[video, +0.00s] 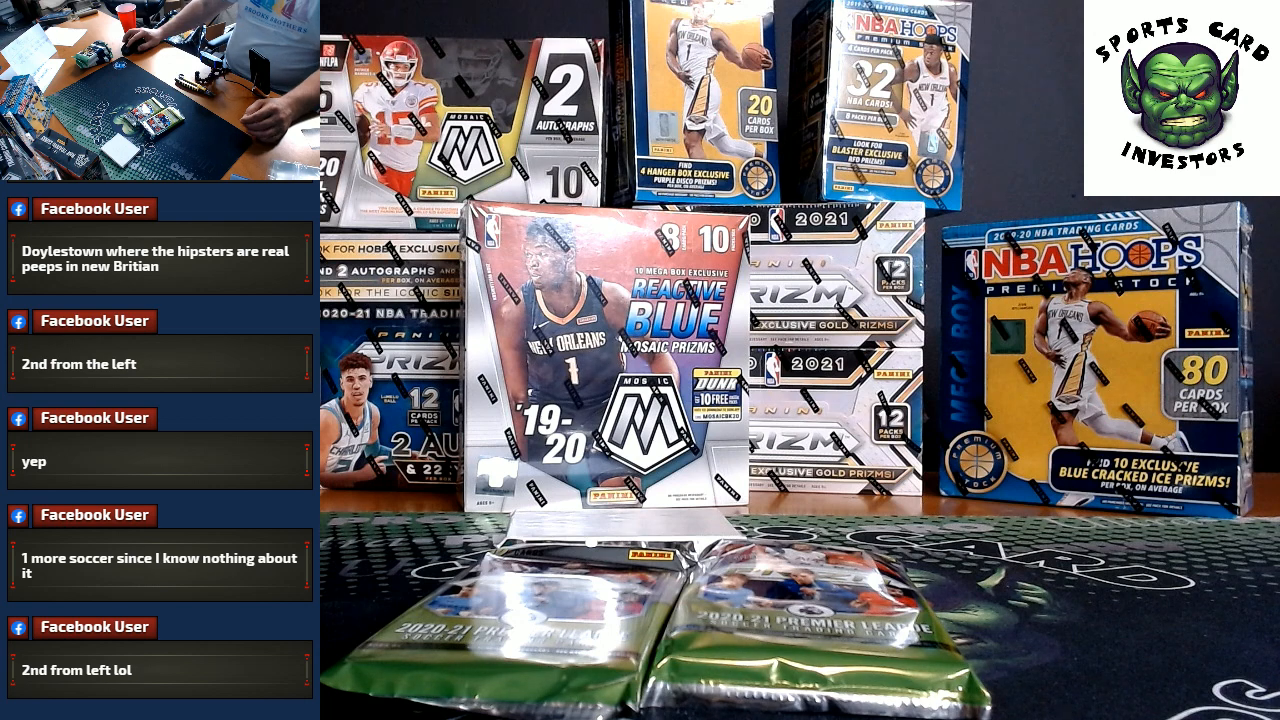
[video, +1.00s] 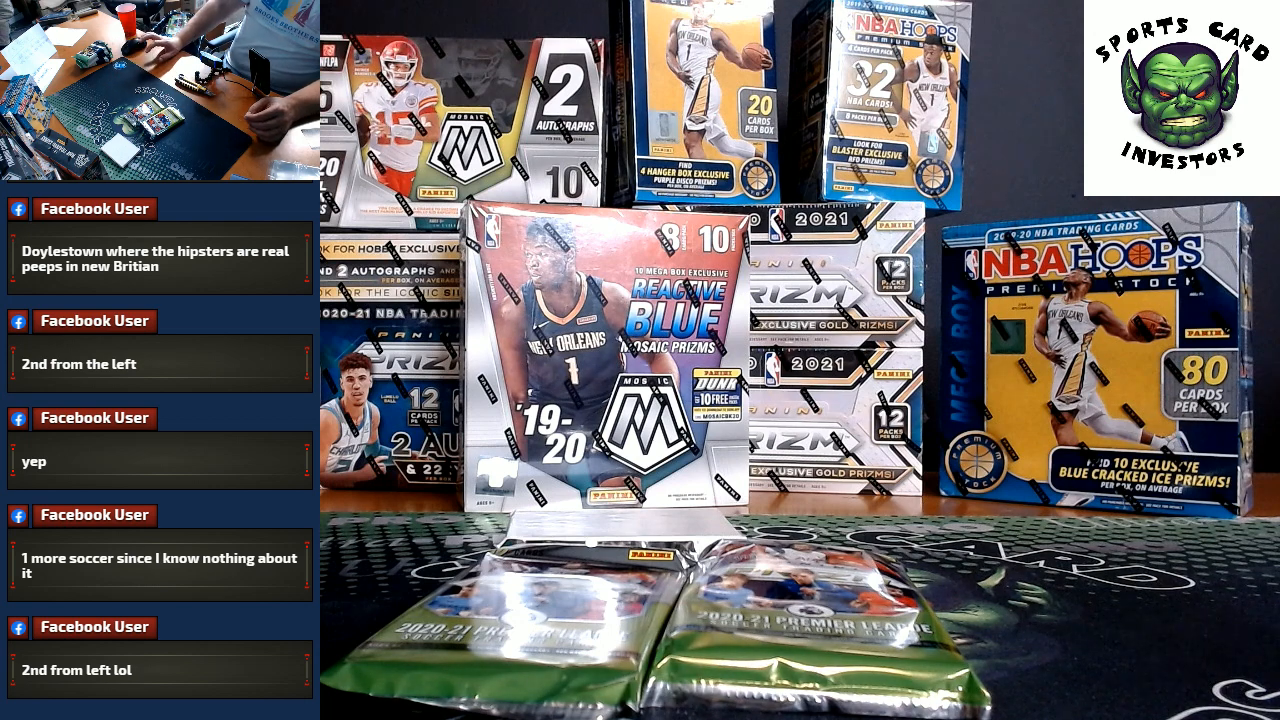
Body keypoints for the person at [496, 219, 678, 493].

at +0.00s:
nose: (533, 263)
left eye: (542, 254)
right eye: (529, 255)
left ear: (569, 256)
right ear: (525, 259)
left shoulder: (611, 299)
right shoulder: (514, 312)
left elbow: (658, 357)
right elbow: (518, 399)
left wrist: (664, 414)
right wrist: (524, 460)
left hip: (610, 418)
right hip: (549, 422)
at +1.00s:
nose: (532, 263)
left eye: (542, 254)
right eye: (529, 255)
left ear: (570, 255)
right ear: (524, 258)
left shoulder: (611, 299)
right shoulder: (514, 312)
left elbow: (657, 357)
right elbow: (518, 398)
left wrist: (663, 414)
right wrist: (524, 460)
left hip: (610, 424)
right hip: (549, 428)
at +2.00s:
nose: (532, 263)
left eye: (542, 254)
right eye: (529, 255)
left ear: (570, 255)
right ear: (524, 258)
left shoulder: (611, 299)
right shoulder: (513, 312)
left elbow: (658, 357)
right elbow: (518, 399)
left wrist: (663, 414)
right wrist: (524, 460)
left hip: (610, 423)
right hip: (549, 427)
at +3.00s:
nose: (532, 263)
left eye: (542, 254)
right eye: (529, 255)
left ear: (569, 256)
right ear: (524, 258)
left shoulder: (611, 299)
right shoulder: (513, 313)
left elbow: (658, 357)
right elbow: (518, 399)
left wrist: (662, 413)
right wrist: (524, 460)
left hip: (610, 423)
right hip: (549, 427)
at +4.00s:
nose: (533, 264)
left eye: (542, 254)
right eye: (529, 255)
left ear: (569, 255)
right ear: (525, 258)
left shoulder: (611, 299)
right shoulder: (514, 313)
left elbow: (658, 357)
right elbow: (517, 400)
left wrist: (664, 414)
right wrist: (522, 462)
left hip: (610, 424)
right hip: (549, 428)